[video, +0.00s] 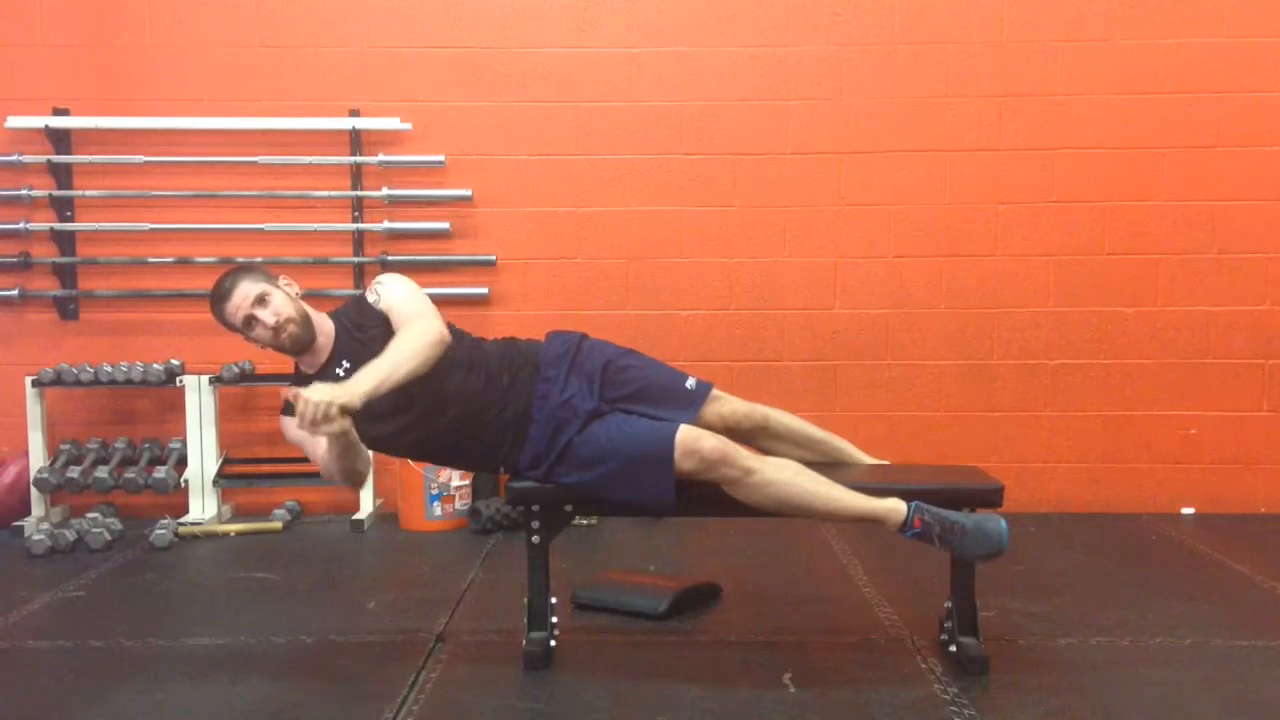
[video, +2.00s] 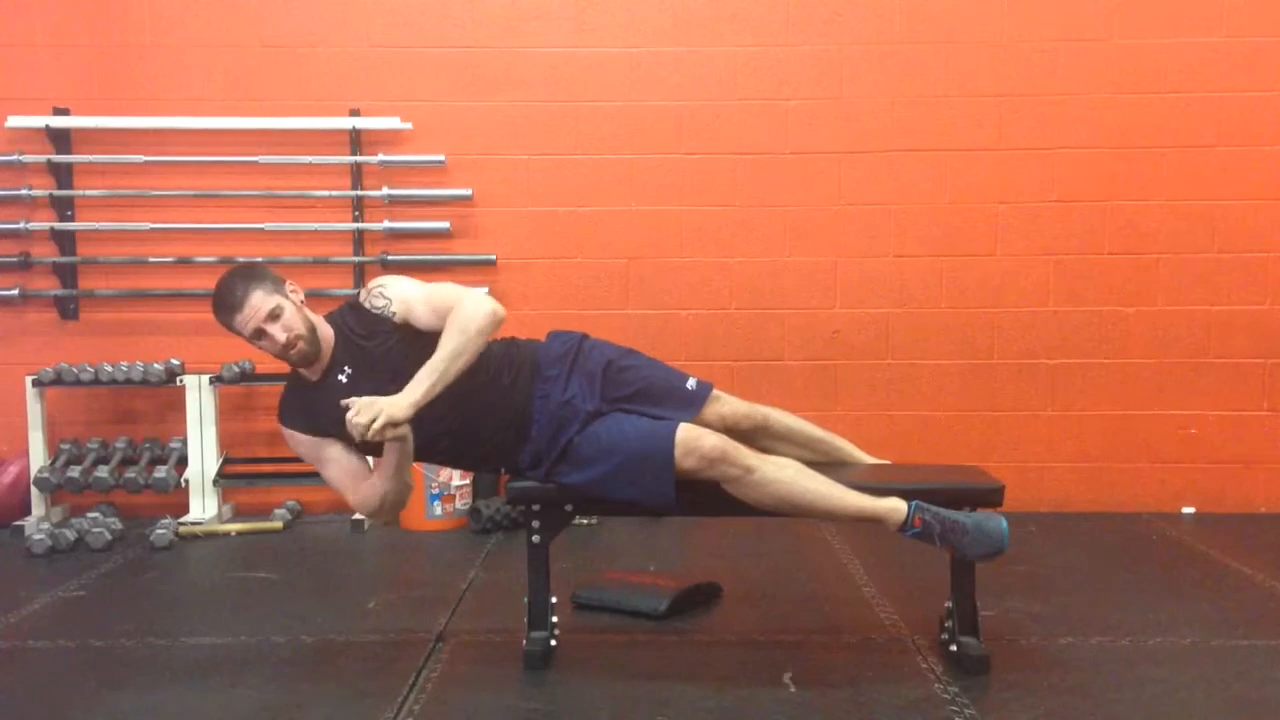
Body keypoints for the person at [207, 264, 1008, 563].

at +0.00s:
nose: (268, 318)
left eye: (264, 300)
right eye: (250, 323)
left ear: (288, 284)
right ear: (249, 344)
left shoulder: (375, 292)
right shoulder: (311, 407)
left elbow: (427, 339)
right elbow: (357, 493)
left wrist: (350, 398)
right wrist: (329, 441)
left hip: (564, 367)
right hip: (544, 451)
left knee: (738, 416)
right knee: (708, 455)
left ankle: (910, 493)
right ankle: (914, 520)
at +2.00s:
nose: (280, 332)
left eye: (276, 310)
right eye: (259, 334)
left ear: (295, 291)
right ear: (252, 350)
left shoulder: (371, 301)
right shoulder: (305, 421)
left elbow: (483, 312)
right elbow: (378, 507)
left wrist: (405, 401)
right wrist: (394, 441)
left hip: (569, 369)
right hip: (547, 451)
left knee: (739, 416)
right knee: (708, 453)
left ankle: (906, 492)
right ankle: (913, 519)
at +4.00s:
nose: (295, 327)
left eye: (294, 307)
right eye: (275, 326)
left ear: (312, 284)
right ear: (260, 337)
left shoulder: (368, 293)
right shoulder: (301, 400)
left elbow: (385, 321)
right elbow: (323, 420)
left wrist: (345, 360)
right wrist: (328, 399)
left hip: (568, 365)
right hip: (548, 446)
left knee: (737, 415)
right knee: (708, 454)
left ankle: (909, 491)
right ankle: (912, 520)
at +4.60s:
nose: (308, 305)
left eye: (309, 287)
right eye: (287, 303)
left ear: (324, 274)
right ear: (268, 318)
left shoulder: (376, 291)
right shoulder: (306, 399)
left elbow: (469, 315)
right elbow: (384, 452)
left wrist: (406, 362)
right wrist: (403, 374)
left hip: (566, 363)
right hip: (541, 442)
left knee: (739, 416)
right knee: (720, 461)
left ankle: (900, 483)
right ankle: (906, 520)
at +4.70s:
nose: (325, 295)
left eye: (327, 277)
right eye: (302, 294)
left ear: (339, 263)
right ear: (279, 307)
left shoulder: (393, 287)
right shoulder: (312, 392)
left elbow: (520, 333)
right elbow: (396, 450)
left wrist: (475, 393)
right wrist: (476, 379)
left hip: (582, 364)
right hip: (547, 443)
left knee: (748, 418)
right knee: (721, 465)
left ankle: (904, 487)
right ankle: (911, 523)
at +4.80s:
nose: (359, 265)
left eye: (361, 247)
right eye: (338, 259)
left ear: (368, 238)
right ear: (302, 271)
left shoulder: (414, 276)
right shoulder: (319, 375)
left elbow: (535, 297)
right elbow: (419, 435)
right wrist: (512, 410)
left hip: (580, 365)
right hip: (543, 444)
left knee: (748, 416)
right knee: (717, 460)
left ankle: (892, 480)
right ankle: (915, 523)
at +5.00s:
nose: (433, 211)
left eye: (430, 198)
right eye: (417, 201)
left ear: (418, 198)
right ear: (369, 209)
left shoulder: (451, 249)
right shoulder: (344, 322)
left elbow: (561, 274)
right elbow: (443, 399)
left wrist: (667, 288)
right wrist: (564, 389)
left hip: (583, 367)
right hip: (547, 434)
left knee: (755, 420)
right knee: (713, 461)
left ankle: (890, 498)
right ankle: (914, 522)